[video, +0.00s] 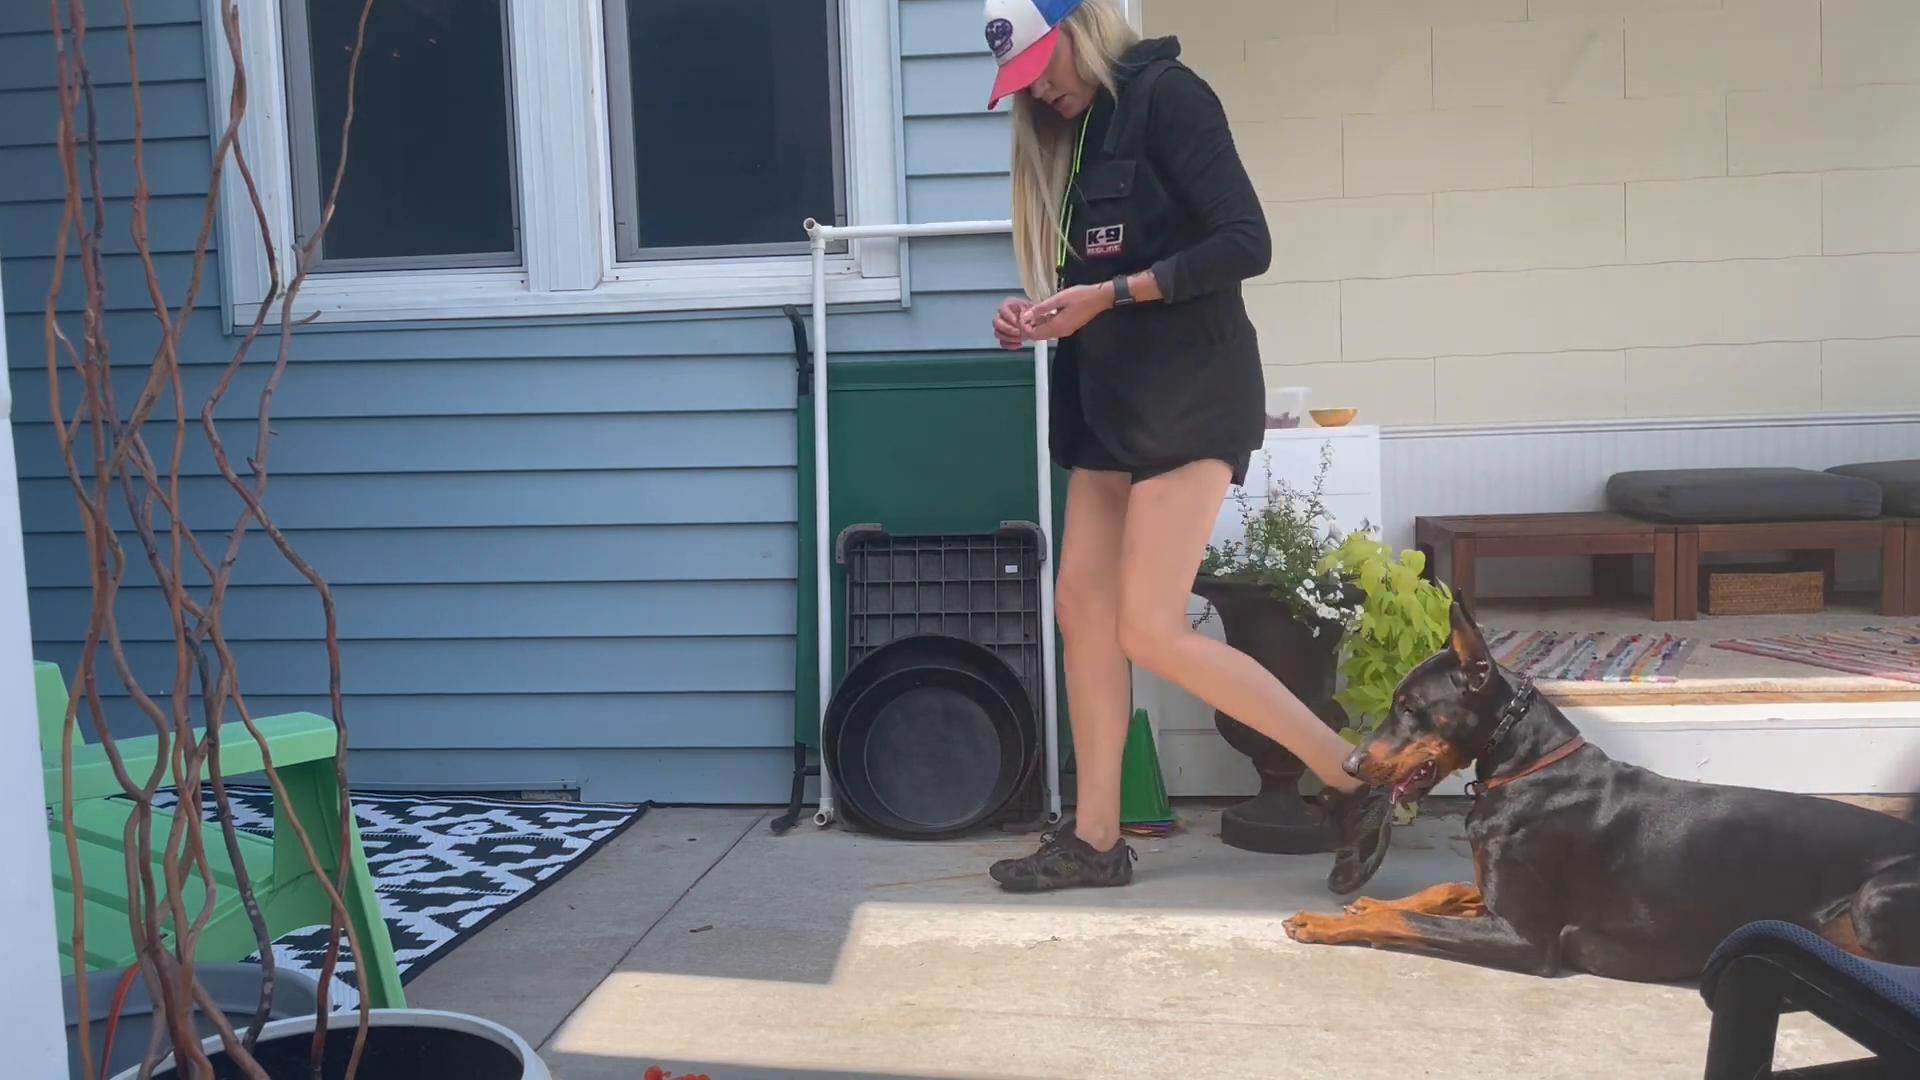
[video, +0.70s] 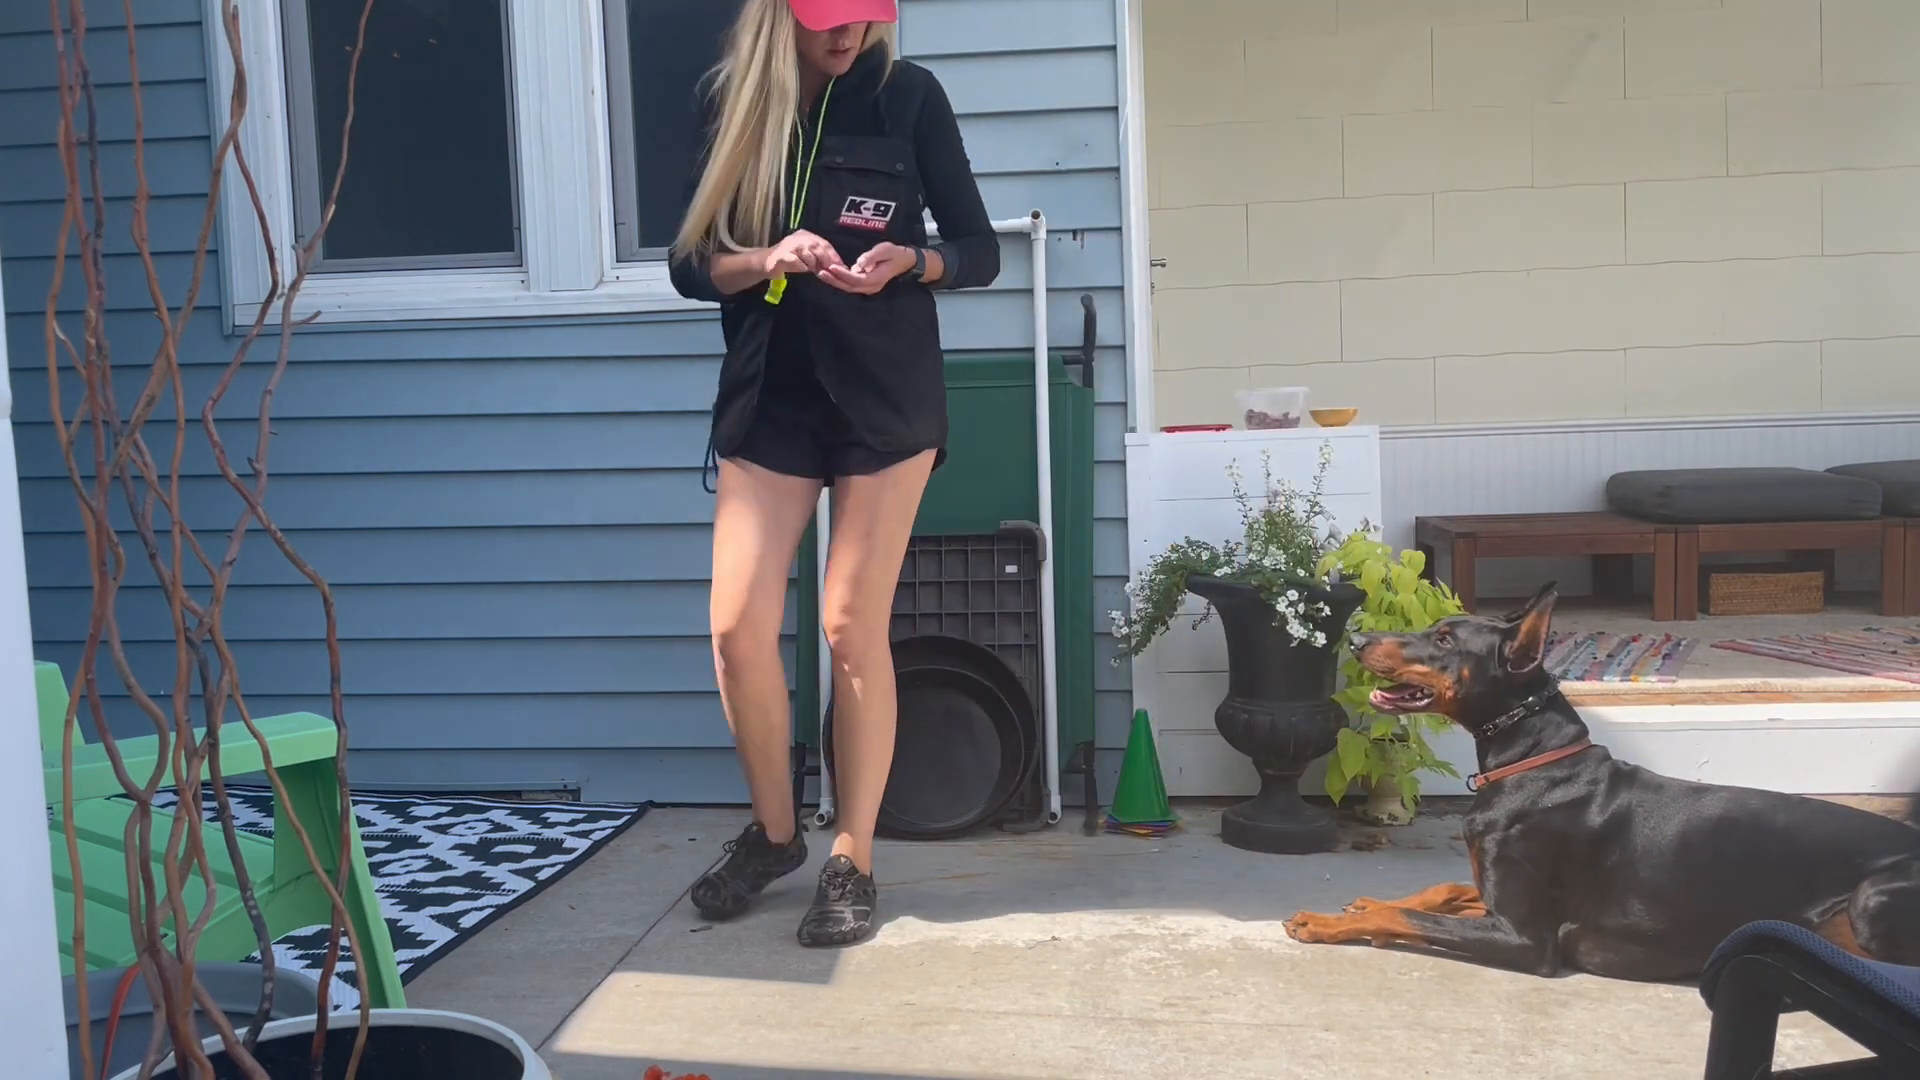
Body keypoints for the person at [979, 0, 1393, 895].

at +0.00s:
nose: (1042, 97)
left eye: (1043, 73)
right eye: (1028, 86)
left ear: (1081, 30)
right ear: (1033, 67)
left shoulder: (1170, 94)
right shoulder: (1084, 132)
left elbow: (1245, 242)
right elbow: (1110, 266)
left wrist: (1110, 293)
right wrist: (1047, 306)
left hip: (1193, 393)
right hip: (1109, 397)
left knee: (1151, 627)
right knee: (1084, 606)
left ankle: (1353, 779)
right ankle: (1097, 840)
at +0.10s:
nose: (995, 86)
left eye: (998, 63)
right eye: (981, 74)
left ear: (1038, 23)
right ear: (978, 60)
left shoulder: (1125, 89)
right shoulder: (1019, 124)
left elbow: (1202, 236)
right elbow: (1040, 259)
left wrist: (1068, 280)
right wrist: (988, 297)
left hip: (1142, 385)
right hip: (1055, 386)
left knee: (1049, 605)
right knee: (1065, 612)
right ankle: (1094, 838)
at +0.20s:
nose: (958, 80)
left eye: (964, 58)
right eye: (943, 68)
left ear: (1006, 19)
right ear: (939, 55)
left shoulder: (1088, 89)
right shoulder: (981, 119)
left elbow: (1164, 238)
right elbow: (995, 258)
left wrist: (1034, 273)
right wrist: (943, 294)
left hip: (1094, 391)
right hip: (1012, 392)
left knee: (992, 600)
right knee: (1048, 626)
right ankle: (1096, 842)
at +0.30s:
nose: (930, 77)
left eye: (938, 57)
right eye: (913, 66)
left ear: (977, 20)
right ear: (901, 56)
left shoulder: (1053, 92)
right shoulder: (930, 121)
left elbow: (1130, 248)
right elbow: (937, 270)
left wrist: (1004, 267)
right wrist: (895, 290)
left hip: (1047, 394)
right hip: (956, 393)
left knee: (953, 620)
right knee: (1014, 628)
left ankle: (882, 859)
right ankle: (1091, 837)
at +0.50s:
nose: (883, 57)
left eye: (897, 38)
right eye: (863, 43)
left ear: (930, 18)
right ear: (838, 35)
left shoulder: (979, 102)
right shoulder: (835, 106)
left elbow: (1051, 263)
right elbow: (785, 275)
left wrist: (947, 267)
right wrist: (799, 272)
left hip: (951, 397)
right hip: (853, 396)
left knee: (879, 625)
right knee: (855, 634)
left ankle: (852, 868)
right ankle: (1025, 786)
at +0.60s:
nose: (862, 55)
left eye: (877, 37)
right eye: (843, 40)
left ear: (905, 22)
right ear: (811, 29)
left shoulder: (944, 100)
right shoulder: (790, 106)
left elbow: (1012, 259)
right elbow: (733, 270)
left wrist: (928, 264)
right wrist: (788, 259)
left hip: (915, 390)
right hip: (806, 390)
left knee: (864, 621)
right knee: (782, 628)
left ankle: (851, 867)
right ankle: (918, 778)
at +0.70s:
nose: (845, 42)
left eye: (861, 27)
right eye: (827, 28)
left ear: (881, 17)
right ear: (784, 13)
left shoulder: (909, 94)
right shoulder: (744, 96)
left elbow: (979, 253)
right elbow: (691, 264)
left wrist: (913, 258)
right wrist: (765, 259)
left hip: (885, 388)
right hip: (769, 387)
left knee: (851, 625)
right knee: (734, 629)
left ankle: (852, 866)